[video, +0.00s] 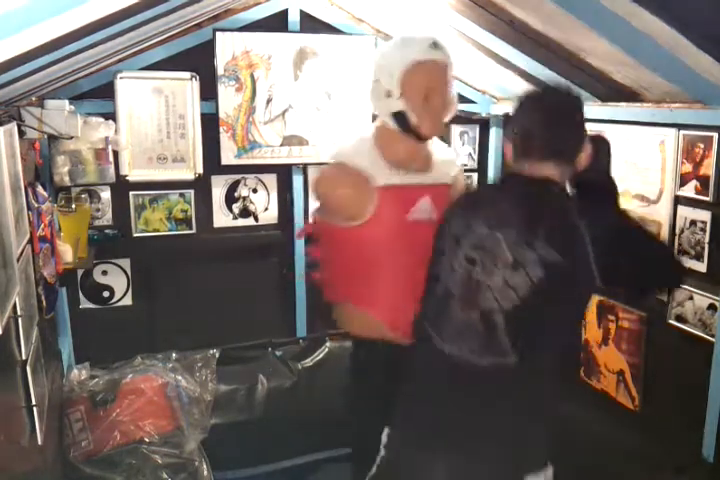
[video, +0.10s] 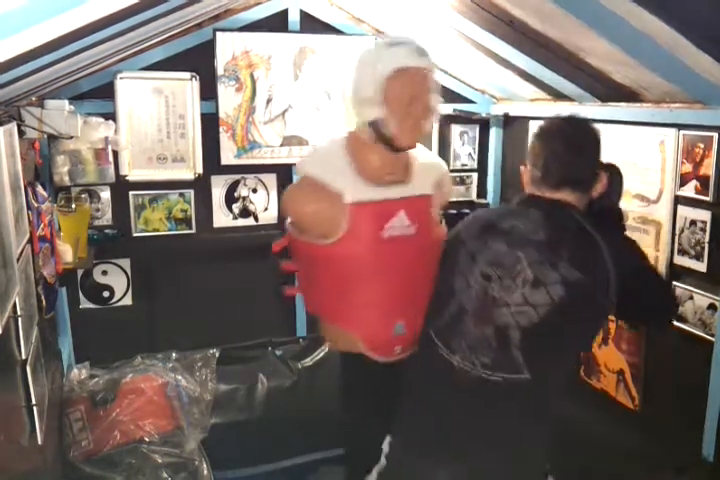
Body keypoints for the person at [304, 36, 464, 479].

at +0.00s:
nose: (447, 104)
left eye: (447, 91)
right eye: (433, 91)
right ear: (395, 95)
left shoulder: (449, 174)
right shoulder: (344, 177)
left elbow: (466, 261)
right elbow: (342, 283)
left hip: (435, 349)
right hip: (370, 351)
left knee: (424, 457)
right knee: (364, 456)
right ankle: (363, 468)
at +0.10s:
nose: (426, 110)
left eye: (429, 97)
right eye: (413, 97)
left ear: (433, 101)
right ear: (376, 99)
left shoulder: (434, 175)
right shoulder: (321, 177)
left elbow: (436, 253)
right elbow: (318, 275)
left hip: (421, 353)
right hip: (353, 360)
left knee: (419, 455)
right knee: (360, 460)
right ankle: (358, 473)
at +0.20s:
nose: (402, 117)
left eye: (406, 102)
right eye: (385, 103)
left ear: (415, 106)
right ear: (351, 108)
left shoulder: (431, 177)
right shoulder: (310, 197)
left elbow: (434, 241)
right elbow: (316, 279)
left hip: (422, 348)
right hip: (353, 360)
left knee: (423, 447)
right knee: (365, 456)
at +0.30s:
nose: (434, 108)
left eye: (436, 97)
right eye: (420, 96)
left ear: (440, 101)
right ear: (383, 99)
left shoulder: (443, 176)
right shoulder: (333, 174)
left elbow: (445, 244)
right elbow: (326, 267)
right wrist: (377, 312)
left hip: (429, 347)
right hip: (365, 351)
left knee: (428, 453)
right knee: (370, 458)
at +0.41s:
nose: (442, 107)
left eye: (445, 95)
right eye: (429, 94)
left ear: (449, 100)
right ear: (391, 96)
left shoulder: (446, 176)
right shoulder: (336, 177)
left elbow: (452, 249)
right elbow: (329, 269)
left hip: (431, 349)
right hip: (367, 354)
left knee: (430, 456)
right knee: (372, 461)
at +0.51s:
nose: (424, 111)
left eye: (428, 100)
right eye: (409, 100)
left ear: (434, 105)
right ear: (369, 104)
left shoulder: (439, 179)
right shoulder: (323, 186)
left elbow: (438, 252)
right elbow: (321, 281)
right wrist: (367, 325)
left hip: (427, 349)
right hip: (361, 360)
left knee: (432, 450)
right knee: (371, 463)